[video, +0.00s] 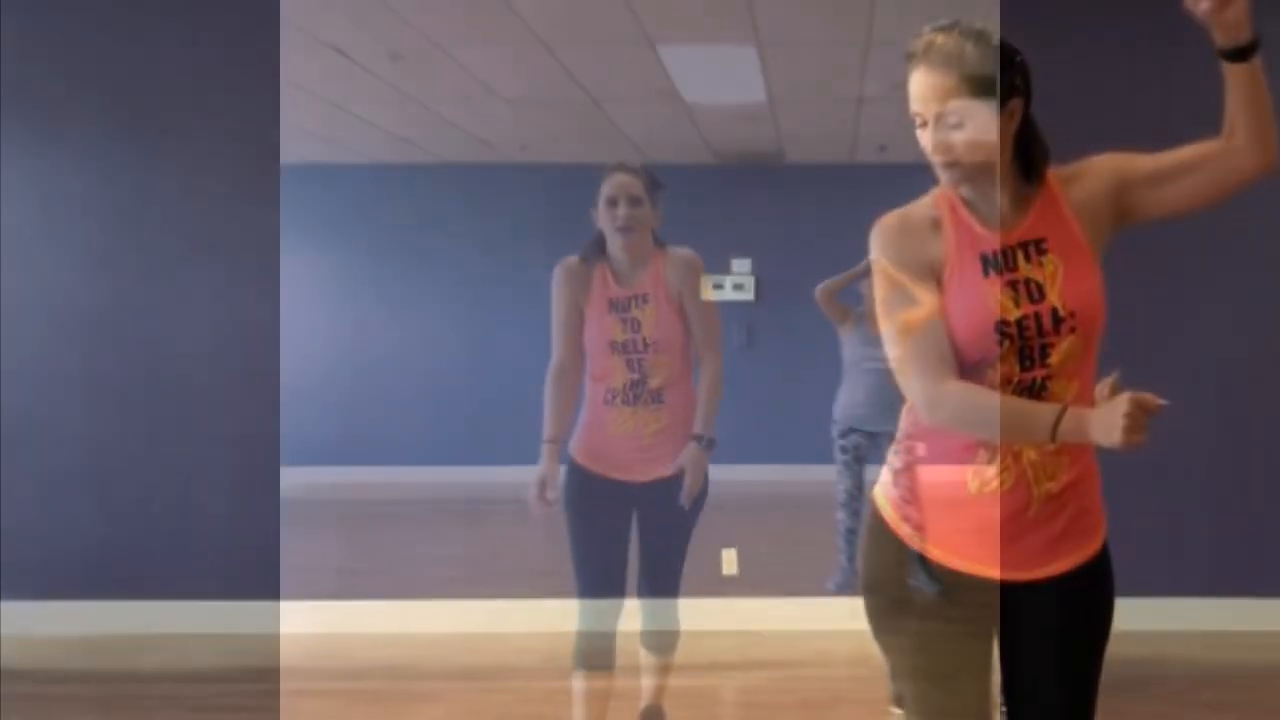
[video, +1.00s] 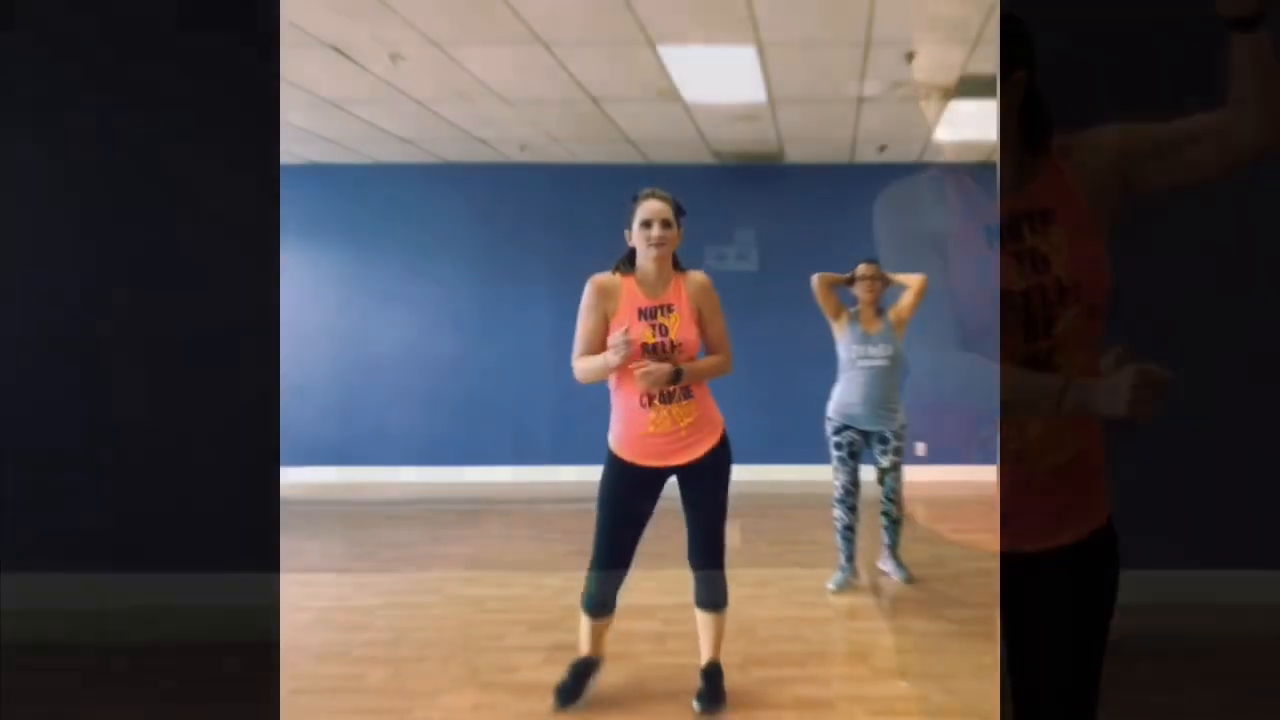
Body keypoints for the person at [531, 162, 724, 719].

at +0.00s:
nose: (623, 211)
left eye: (635, 201)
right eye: (612, 202)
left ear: (654, 211)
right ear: (597, 213)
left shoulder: (681, 267)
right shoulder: (574, 275)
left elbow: (709, 356)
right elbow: (563, 367)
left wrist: (701, 441)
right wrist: (551, 454)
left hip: (671, 464)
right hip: (596, 464)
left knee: (659, 600)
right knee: (597, 606)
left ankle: (651, 708)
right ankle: (589, 715)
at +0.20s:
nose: (636, 219)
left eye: (646, 209)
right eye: (625, 210)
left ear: (664, 218)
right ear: (610, 220)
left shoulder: (689, 273)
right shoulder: (586, 279)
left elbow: (714, 355)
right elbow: (577, 364)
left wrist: (709, 430)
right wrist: (579, 438)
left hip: (681, 455)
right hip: (608, 455)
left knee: (664, 587)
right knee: (606, 586)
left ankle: (655, 701)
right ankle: (615, 696)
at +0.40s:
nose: (644, 220)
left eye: (654, 211)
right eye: (634, 211)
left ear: (671, 219)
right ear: (619, 221)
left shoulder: (694, 273)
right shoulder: (595, 275)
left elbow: (717, 353)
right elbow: (583, 356)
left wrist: (704, 372)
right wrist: (605, 376)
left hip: (683, 449)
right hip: (613, 452)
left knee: (666, 575)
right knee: (626, 576)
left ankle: (657, 699)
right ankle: (639, 668)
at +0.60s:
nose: (652, 228)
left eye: (662, 219)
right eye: (642, 220)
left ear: (677, 227)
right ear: (627, 228)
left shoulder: (700, 279)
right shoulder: (606, 280)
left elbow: (716, 360)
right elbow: (594, 364)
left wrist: (677, 366)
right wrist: (637, 366)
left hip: (682, 447)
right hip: (615, 448)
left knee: (668, 565)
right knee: (632, 566)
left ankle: (674, 683)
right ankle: (645, 671)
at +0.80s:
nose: (658, 226)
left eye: (667, 218)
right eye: (648, 218)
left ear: (683, 226)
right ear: (633, 227)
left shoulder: (705, 274)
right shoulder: (613, 280)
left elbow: (732, 349)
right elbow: (605, 363)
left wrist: (694, 359)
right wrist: (629, 350)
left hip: (692, 441)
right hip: (625, 440)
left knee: (695, 566)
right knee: (616, 568)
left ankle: (707, 671)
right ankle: (640, 669)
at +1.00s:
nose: (656, 231)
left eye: (665, 223)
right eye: (647, 223)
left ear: (679, 232)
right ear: (630, 233)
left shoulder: (696, 286)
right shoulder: (603, 289)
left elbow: (723, 359)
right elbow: (581, 369)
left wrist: (677, 371)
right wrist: (610, 360)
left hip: (701, 443)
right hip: (633, 448)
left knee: (707, 560)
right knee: (605, 567)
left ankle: (710, 669)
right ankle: (588, 659)